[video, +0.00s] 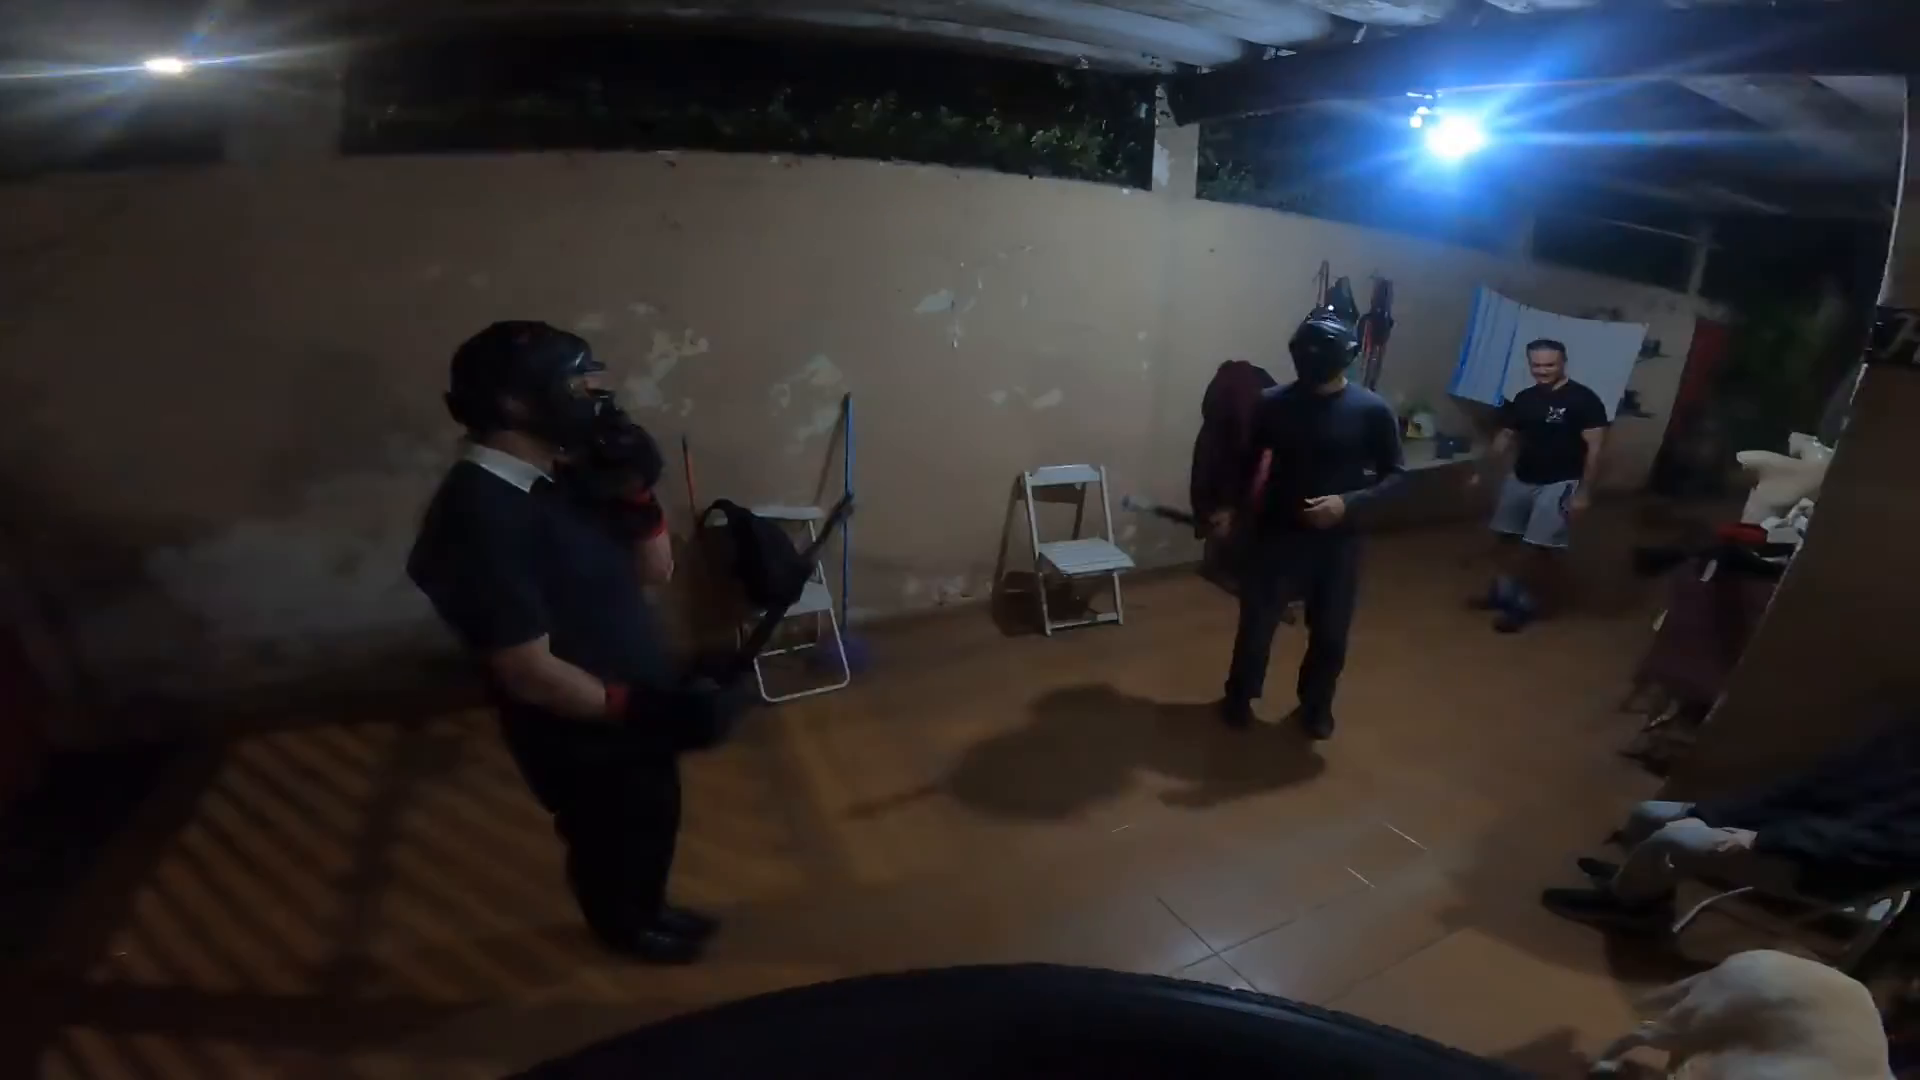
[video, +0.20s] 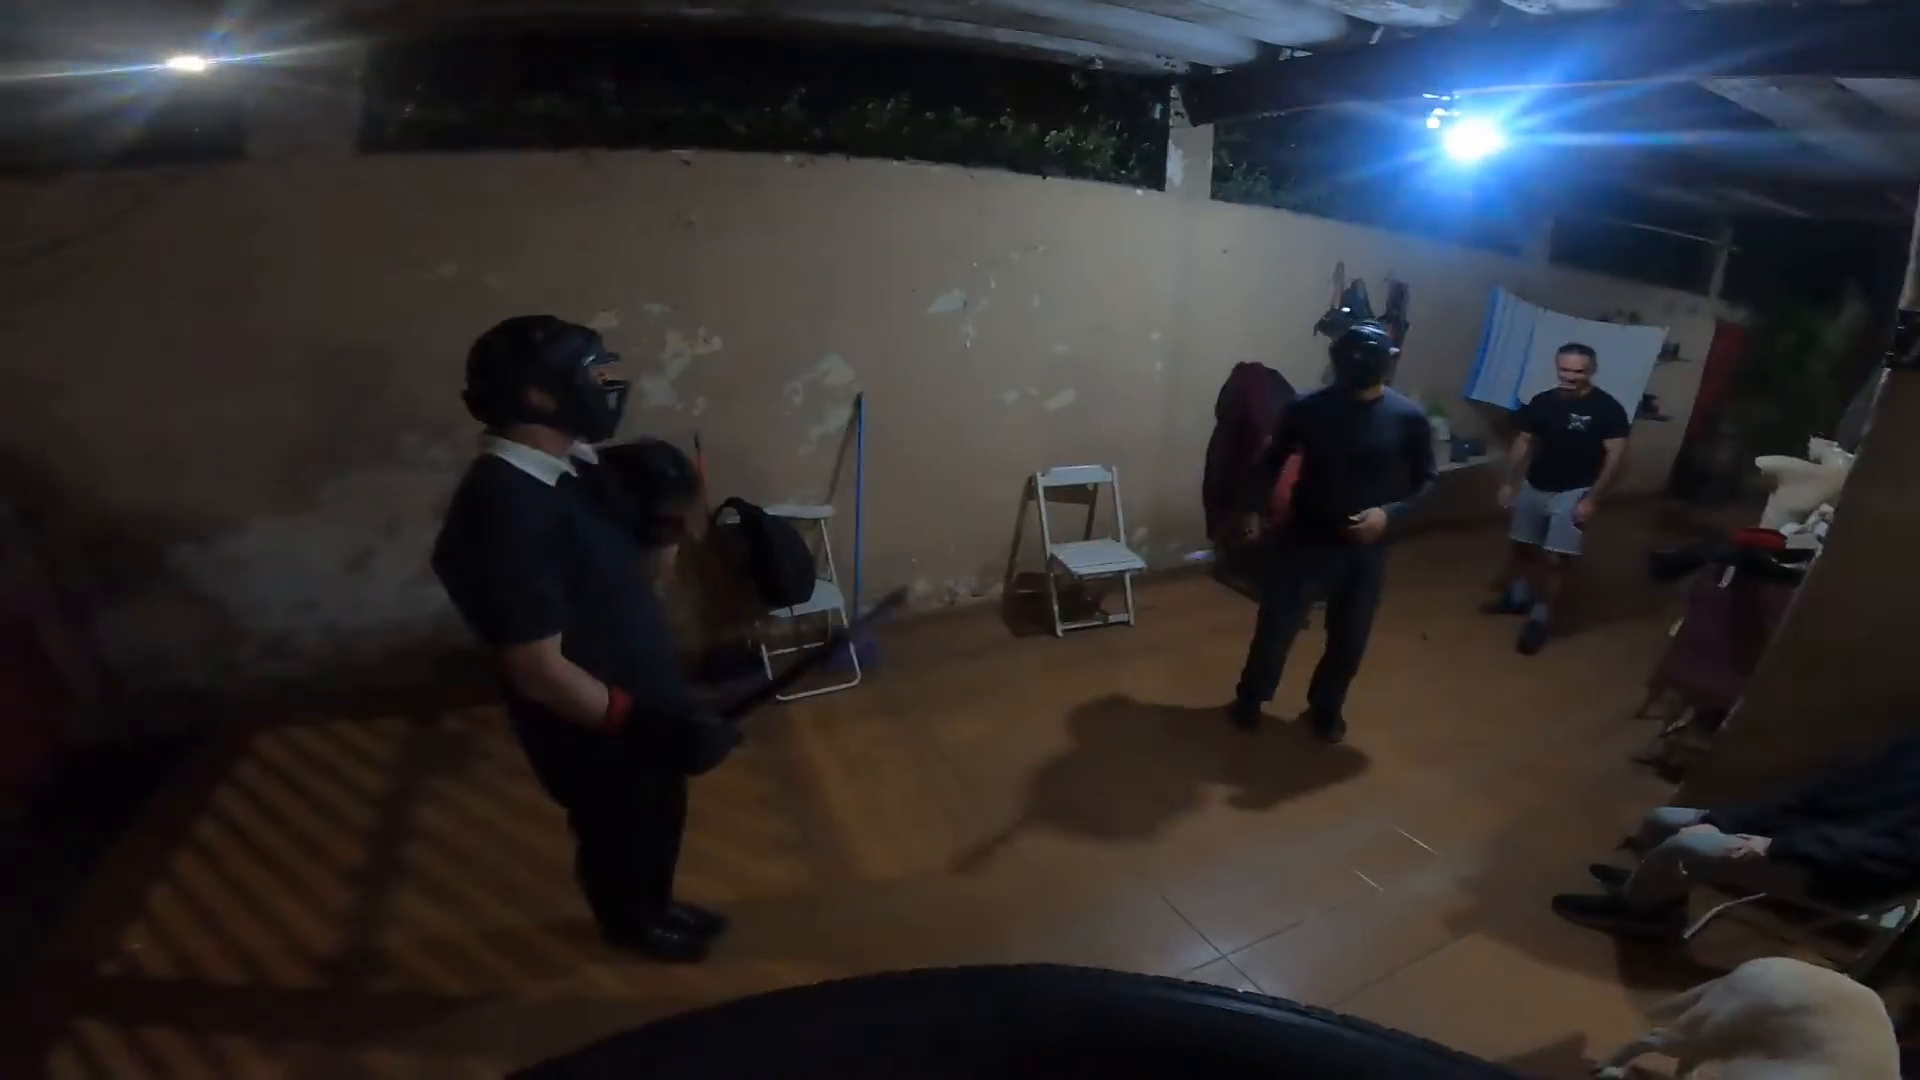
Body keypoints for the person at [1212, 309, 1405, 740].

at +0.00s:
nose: (1311, 363)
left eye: (1321, 355)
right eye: (1305, 353)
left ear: (1342, 359)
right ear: (1295, 356)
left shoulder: (1371, 412)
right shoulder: (1274, 406)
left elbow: (1398, 476)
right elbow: (1248, 465)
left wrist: (1348, 503)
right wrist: (1229, 506)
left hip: (1336, 541)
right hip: (1275, 534)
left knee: (1331, 634)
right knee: (1256, 623)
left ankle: (1316, 708)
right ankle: (1239, 697)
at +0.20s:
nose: (1353, 375)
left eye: (1363, 365)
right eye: (1347, 364)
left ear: (1382, 366)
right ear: (1336, 364)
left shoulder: (1407, 419)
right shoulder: (1307, 411)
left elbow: (1426, 484)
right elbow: (1273, 465)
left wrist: (1388, 514)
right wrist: (1258, 509)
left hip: (1363, 549)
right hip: (1303, 539)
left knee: (1349, 641)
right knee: (1276, 627)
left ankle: (1326, 708)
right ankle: (1251, 698)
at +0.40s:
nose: (1420, 382)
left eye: (1432, 373)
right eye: (1413, 370)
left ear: (1447, 379)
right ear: (1395, 372)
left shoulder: (1463, 432)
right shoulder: (1357, 415)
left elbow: (1472, 497)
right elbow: (1322, 468)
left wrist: (1443, 527)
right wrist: (1310, 512)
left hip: (1406, 555)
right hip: (1347, 543)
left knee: (1386, 650)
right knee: (1307, 624)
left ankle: (1352, 712)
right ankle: (1273, 702)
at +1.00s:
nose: (1395, 420)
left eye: (1406, 412)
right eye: (1392, 410)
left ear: (1434, 414)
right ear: (1388, 406)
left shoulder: (1475, 463)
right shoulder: (1366, 445)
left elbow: (1495, 527)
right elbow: (1314, 483)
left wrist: (1479, 557)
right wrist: (1259, 493)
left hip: (1421, 589)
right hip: (1354, 578)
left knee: (1417, 680)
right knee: (1299, 659)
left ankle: (1407, 740)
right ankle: (1238, 749)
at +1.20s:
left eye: (1380, 399)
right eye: (1372, 397)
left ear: (1408, 405)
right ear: (1371, 400)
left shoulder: (1449, 452)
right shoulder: (1332, 440)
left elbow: (1471, 509)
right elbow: (1261, 485)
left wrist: (1465, 543)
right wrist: (1200, 458)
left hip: (1410, 586)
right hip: (1339, 583)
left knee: (1416, 676)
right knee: (1293, 671)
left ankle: (1415, 738)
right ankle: (1246, 760)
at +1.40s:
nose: (1389, 418)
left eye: (1396, 405)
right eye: (1378, 405)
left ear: (1407, 402)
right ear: (1358, 399)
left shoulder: (1436, 451)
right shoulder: (1320, 442)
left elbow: (1454, 507)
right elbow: (1277, 500)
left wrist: (1456, 543)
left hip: (1396, 585)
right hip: (1325, 583)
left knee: (1400, 675)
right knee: (1282, 672)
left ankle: (1385, 730)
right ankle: (1244, 756)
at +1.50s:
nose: (1402, 414)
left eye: (1409, 403)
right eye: (1392, 401)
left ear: (1418, 402)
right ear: (1368, 399)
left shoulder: (1441, 455)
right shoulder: (1327, 444)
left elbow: (1455, 515)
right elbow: (1290, 515)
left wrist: (1453, 557)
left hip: (1396, 586)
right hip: (1328, 579)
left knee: (1398, 676)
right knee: (1283, 662)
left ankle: (1386, 732)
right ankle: (1246, 753)